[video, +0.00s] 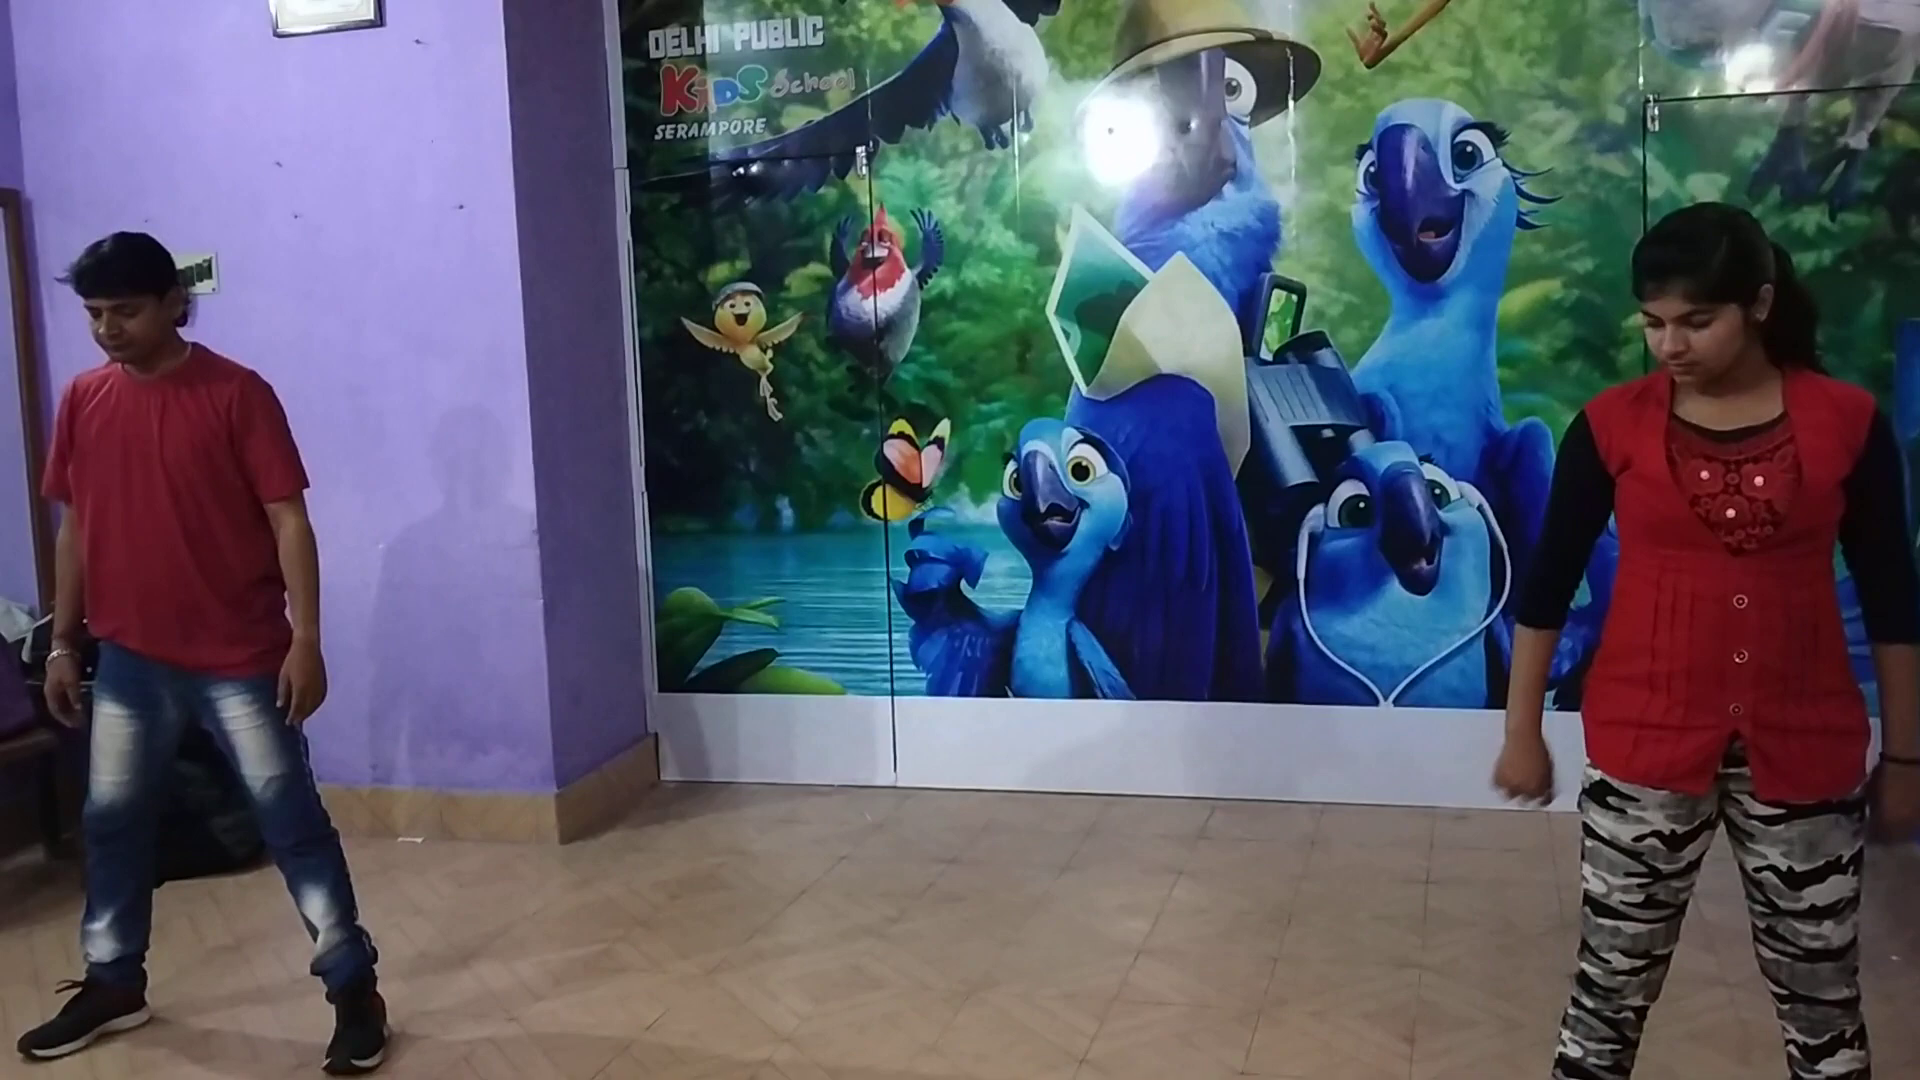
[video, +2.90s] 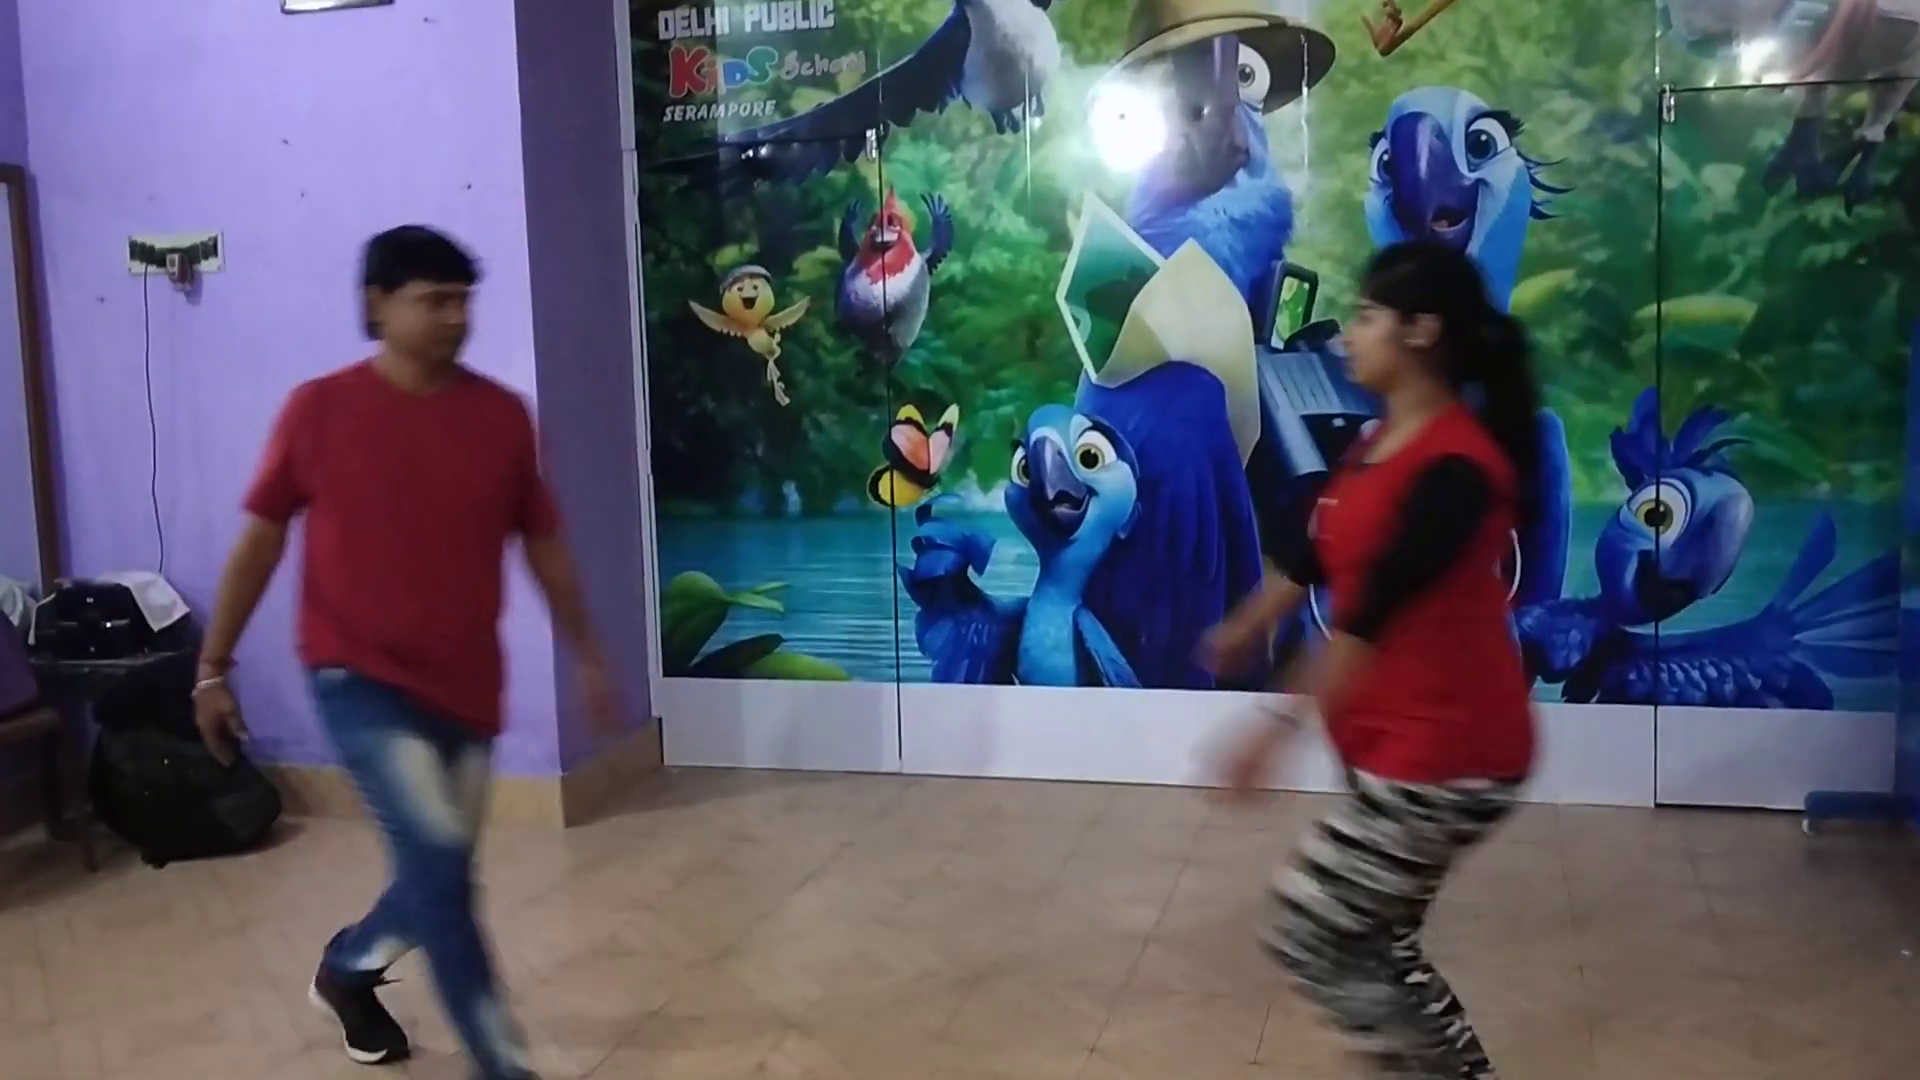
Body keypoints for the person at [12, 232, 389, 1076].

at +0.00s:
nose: (104, 327)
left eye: (121, 310)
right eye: (93, 311)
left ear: (173, 303)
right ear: (87, 312)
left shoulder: (238, 393)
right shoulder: (83, 401)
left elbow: (289, 517)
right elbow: (74, 523)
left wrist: (306, 641)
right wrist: (63, 638)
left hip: (238, 650)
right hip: (129, 650)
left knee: (289, 816)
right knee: (112, 813)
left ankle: (352, 988)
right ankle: (112, 980)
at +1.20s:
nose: (236, 362)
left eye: (247, 346)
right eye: (215, 349)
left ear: (263, 349)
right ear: (182, 358)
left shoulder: (305, 443)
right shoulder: (177, 443)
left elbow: (407, 548)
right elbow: (174, 561)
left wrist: (398, 678)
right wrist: (129, 667)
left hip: (306, 690)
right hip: (196, 684)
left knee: (359, 812)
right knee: (106, 812)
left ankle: (376, 992)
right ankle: (112, 980)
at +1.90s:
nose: (161, 378)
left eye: (172, 361)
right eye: (142, 361)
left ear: (184, 356)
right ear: (98, 357)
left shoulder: (216, 444)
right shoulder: (69, 415)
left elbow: (279, 560)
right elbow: (62, 517)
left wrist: (319, 673)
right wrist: (49, 622)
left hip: (222, 660)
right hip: (106, 657)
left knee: (295, 807)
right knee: (35, 807)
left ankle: (371, 982)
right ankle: (94, 959)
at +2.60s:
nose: (276, 319)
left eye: (285, 304)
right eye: (256, 305)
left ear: (298, 310)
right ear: (209, 312)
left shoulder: (342, 410)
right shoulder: (164, 406)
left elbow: (373, 532)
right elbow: (130, 520)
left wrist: (394, 647)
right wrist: (106, 644)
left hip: (323, 662)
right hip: (205, 663)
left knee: (351, 827)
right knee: (171, 835)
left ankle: (329, 993)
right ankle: (110, 960)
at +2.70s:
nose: (336, 316)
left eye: (343, 301)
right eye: (316, 302)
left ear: (354, 307)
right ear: (265, 309)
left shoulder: (394, 409)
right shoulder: (214, 404)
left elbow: (423, 532)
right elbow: (174, 518)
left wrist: (443, 647)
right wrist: (145, 644)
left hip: (365, 665)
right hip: (247, 662)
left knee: (374, 844)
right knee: (250, 836)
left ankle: (333, 987)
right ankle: (222, 992)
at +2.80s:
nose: (392, 317)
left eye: (400, 302)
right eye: (372, 303)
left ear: (410, 308)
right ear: (320, 309)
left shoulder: (446, 413)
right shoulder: (267, 405)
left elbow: (474, 537)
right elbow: (218, 526)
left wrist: (505, 653)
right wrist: (183, 657)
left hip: (412, 671)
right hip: (302, 665)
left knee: (407, 865)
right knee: (351, 815)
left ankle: (334, 973)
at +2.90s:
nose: (456, 317)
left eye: (463, 301)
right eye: (436, 301)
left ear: (472, 306)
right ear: (379, 307)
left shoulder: (502, 414)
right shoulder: (321, 409)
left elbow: (543, 539)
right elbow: (262, 536)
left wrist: (586, 651)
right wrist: (213, 666)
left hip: (464, 678)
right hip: (359, 672)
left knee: (443, 867)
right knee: (439, 859)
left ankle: (347, 971)